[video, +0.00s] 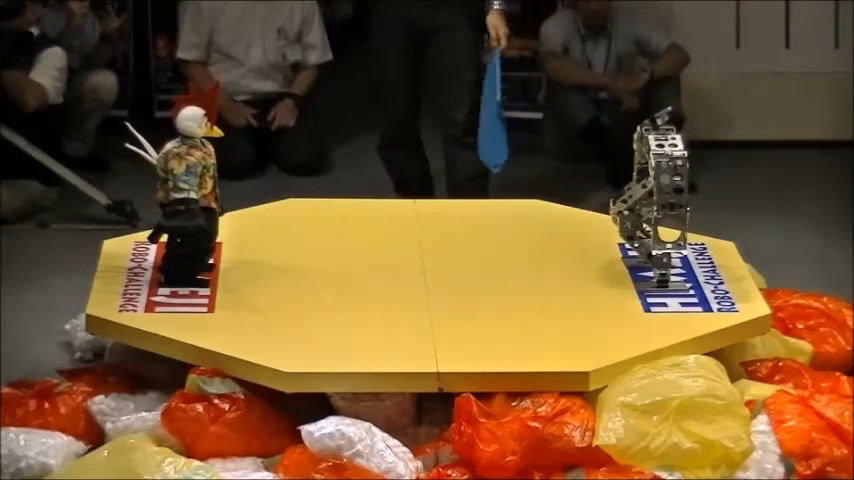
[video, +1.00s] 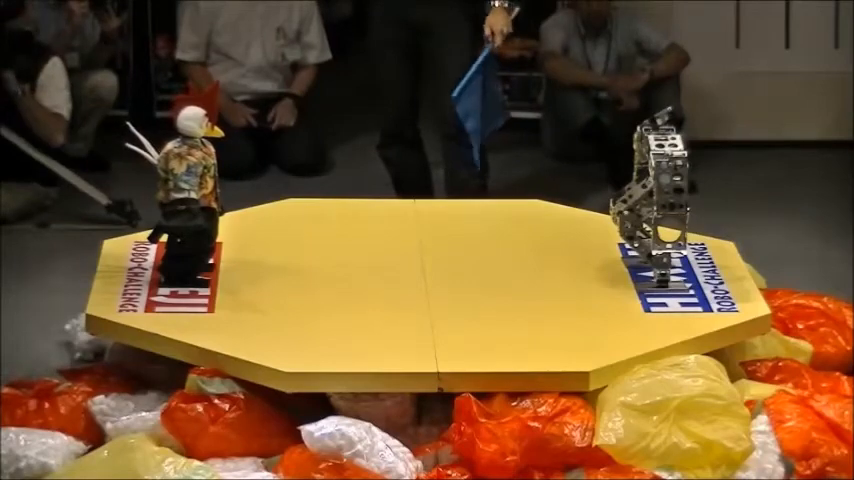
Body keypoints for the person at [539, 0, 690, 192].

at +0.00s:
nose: (596, 8)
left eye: (602, 2)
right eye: (588, 2)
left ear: (610, 4)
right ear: (574, 5)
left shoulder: (625, 25)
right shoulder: (557, 26)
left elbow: (679, 56)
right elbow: (554, 67)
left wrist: (644, 76)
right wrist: (612, 84)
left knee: (666, 81)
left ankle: (668, 166)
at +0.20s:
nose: (595, 7)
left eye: (601, 2)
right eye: (588, 2)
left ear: (610, 4)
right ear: (575, 5)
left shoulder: (626, 24)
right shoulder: (557, 26)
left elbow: (679, 56)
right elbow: (554, 67)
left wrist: (644, 76)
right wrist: (612, 84)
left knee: (667, 81)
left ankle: (668, 166)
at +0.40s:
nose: (595, 7)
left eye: (601, 2)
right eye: (588, 2)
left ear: (610, 4)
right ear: (575, 5)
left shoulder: (626, 24)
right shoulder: (557, 26)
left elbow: (679, 56)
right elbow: (555, 67)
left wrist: (644, 76)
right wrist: (612, 84)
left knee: (667, 82)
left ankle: (668, 167)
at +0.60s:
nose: (595, 7)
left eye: (601, 2)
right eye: (588, 2)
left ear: (611, 4)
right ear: (575, 5)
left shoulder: (626, 24)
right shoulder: (557, 25)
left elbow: (679, 56)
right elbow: (554, 66)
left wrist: (644, 76)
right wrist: (612, 84)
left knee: (666, 82)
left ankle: (668, 168)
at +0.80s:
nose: (595, 8)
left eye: (601, 1)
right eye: (587, 2)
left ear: (610, 4)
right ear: (574, 5)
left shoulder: (626, 23)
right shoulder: (558, 24)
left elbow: (679, 56)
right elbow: (553, 67)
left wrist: (643, 76)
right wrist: (610, 83)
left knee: (666, 80)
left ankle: (670, 167)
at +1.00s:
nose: (595, 8)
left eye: (601, 2)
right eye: (587, 2)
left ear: (610, 4)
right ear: (574, 5)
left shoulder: (626, 24)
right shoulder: (558, 25)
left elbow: (679, 56)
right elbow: (553, 67)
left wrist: (643, 77)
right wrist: (610, 83)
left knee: (667, 81)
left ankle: (669, 167)